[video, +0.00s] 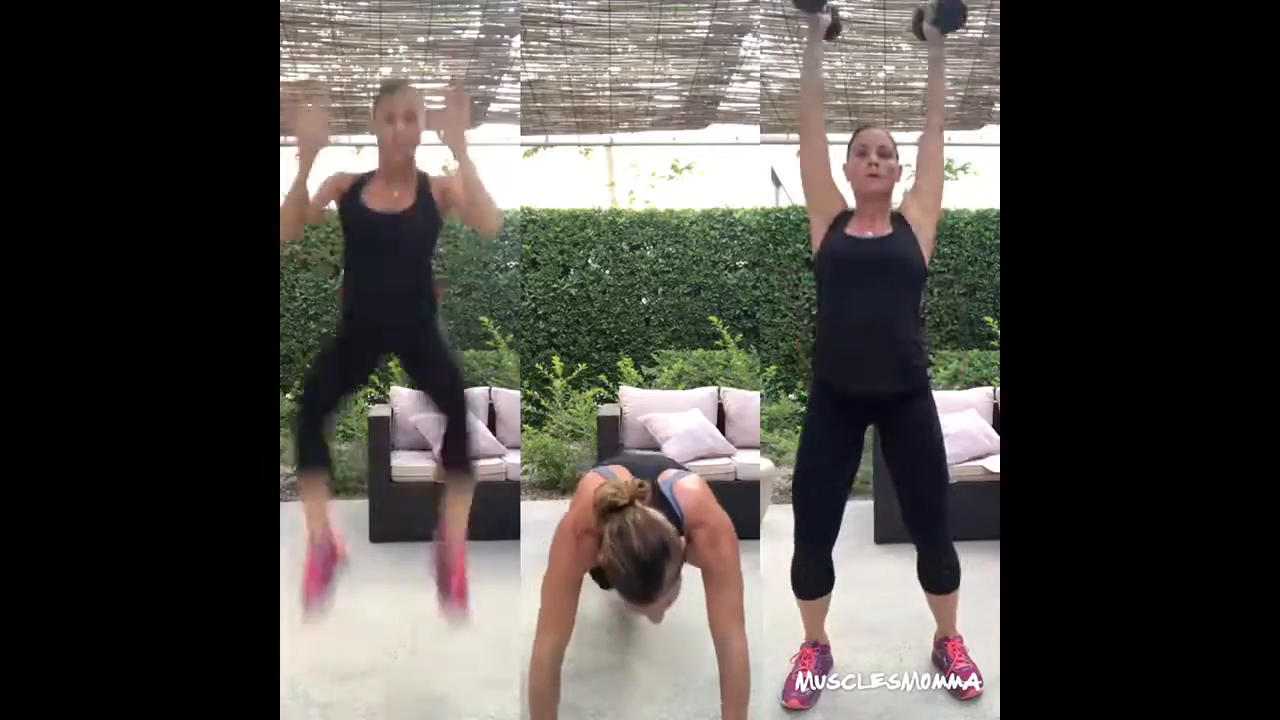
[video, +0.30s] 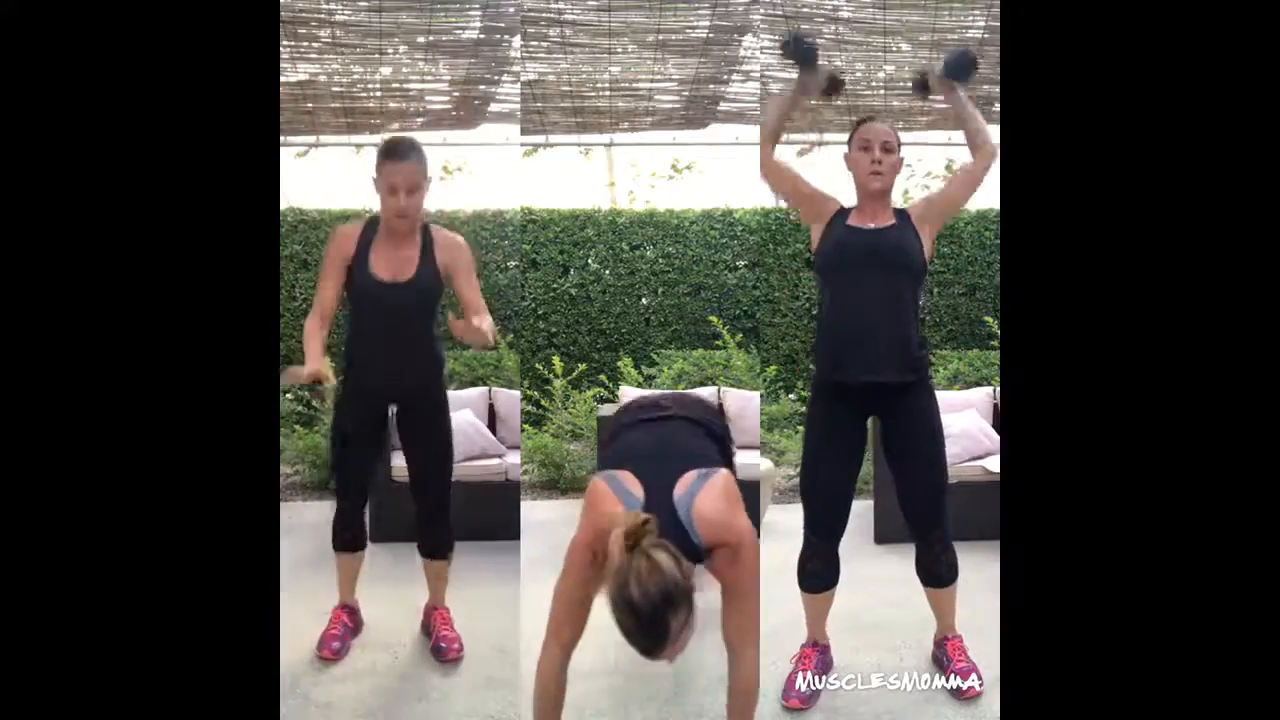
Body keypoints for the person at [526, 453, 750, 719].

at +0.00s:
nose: (656, 619)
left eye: (668, 602)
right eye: (639, 609)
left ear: (682, 546)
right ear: (603, 559)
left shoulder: (708, 519)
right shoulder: (577, 527)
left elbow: (730, 637)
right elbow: (548, 648)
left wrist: (734, 716)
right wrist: (543, 716)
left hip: (676, 474)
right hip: (605, 475)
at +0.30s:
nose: (671, 661)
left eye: (677, 649)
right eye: (658, 658)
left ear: (690, 585)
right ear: (612, 591)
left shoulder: (729, 530)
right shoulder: (597, 528)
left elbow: (744, 653)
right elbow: (556, 648)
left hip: (703, 418)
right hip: (625, 423)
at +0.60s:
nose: (689, 633)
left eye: (700, 614)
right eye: (675, 626)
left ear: (716, 561)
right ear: (633, 569)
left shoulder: (738, 517)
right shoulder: (614, 542)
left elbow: (747, 670)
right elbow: (564, 658)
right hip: (663, 471)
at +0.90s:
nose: (677, 655)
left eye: (686, 643)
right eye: (666, 652)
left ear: (701, 579)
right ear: (624, 586)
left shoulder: (733, 528)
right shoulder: (610, 530)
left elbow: (748, 668)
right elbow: (563, 657)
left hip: (725, 427)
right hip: (647, 437)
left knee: (736, 577)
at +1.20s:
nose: (635, 655)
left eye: (641, 647)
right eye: (623, 653)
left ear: (664, 588)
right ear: (582, 577)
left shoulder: (703, 531)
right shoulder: (568, 528)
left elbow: (732, 656)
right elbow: (543, 652)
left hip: (690, 422)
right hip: (615, 424)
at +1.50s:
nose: (629, 627)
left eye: (643, 612)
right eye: (614, 615)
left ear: (666, 558)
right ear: (585, 558)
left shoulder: (699, 527)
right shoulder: (564, 527)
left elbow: (726, 650)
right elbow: (543, 653)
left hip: (671, 462)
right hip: (597, 463)